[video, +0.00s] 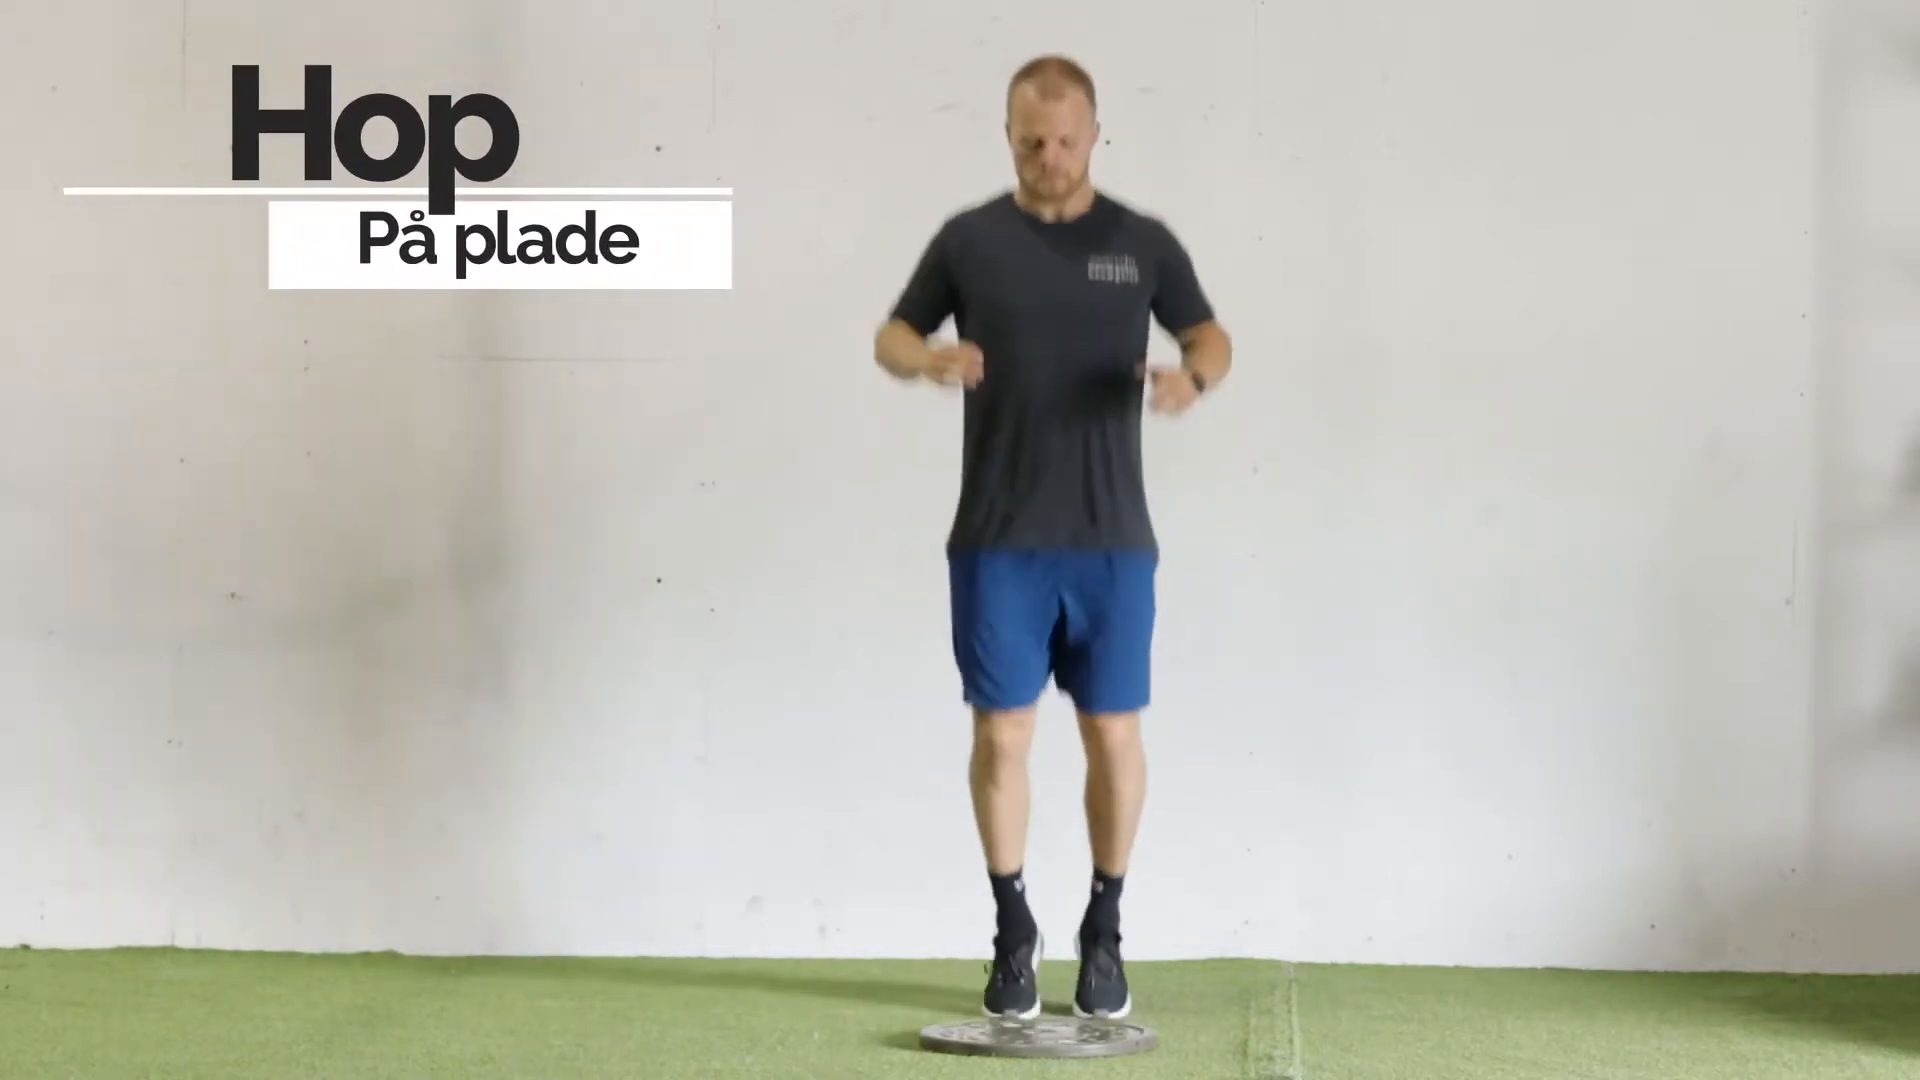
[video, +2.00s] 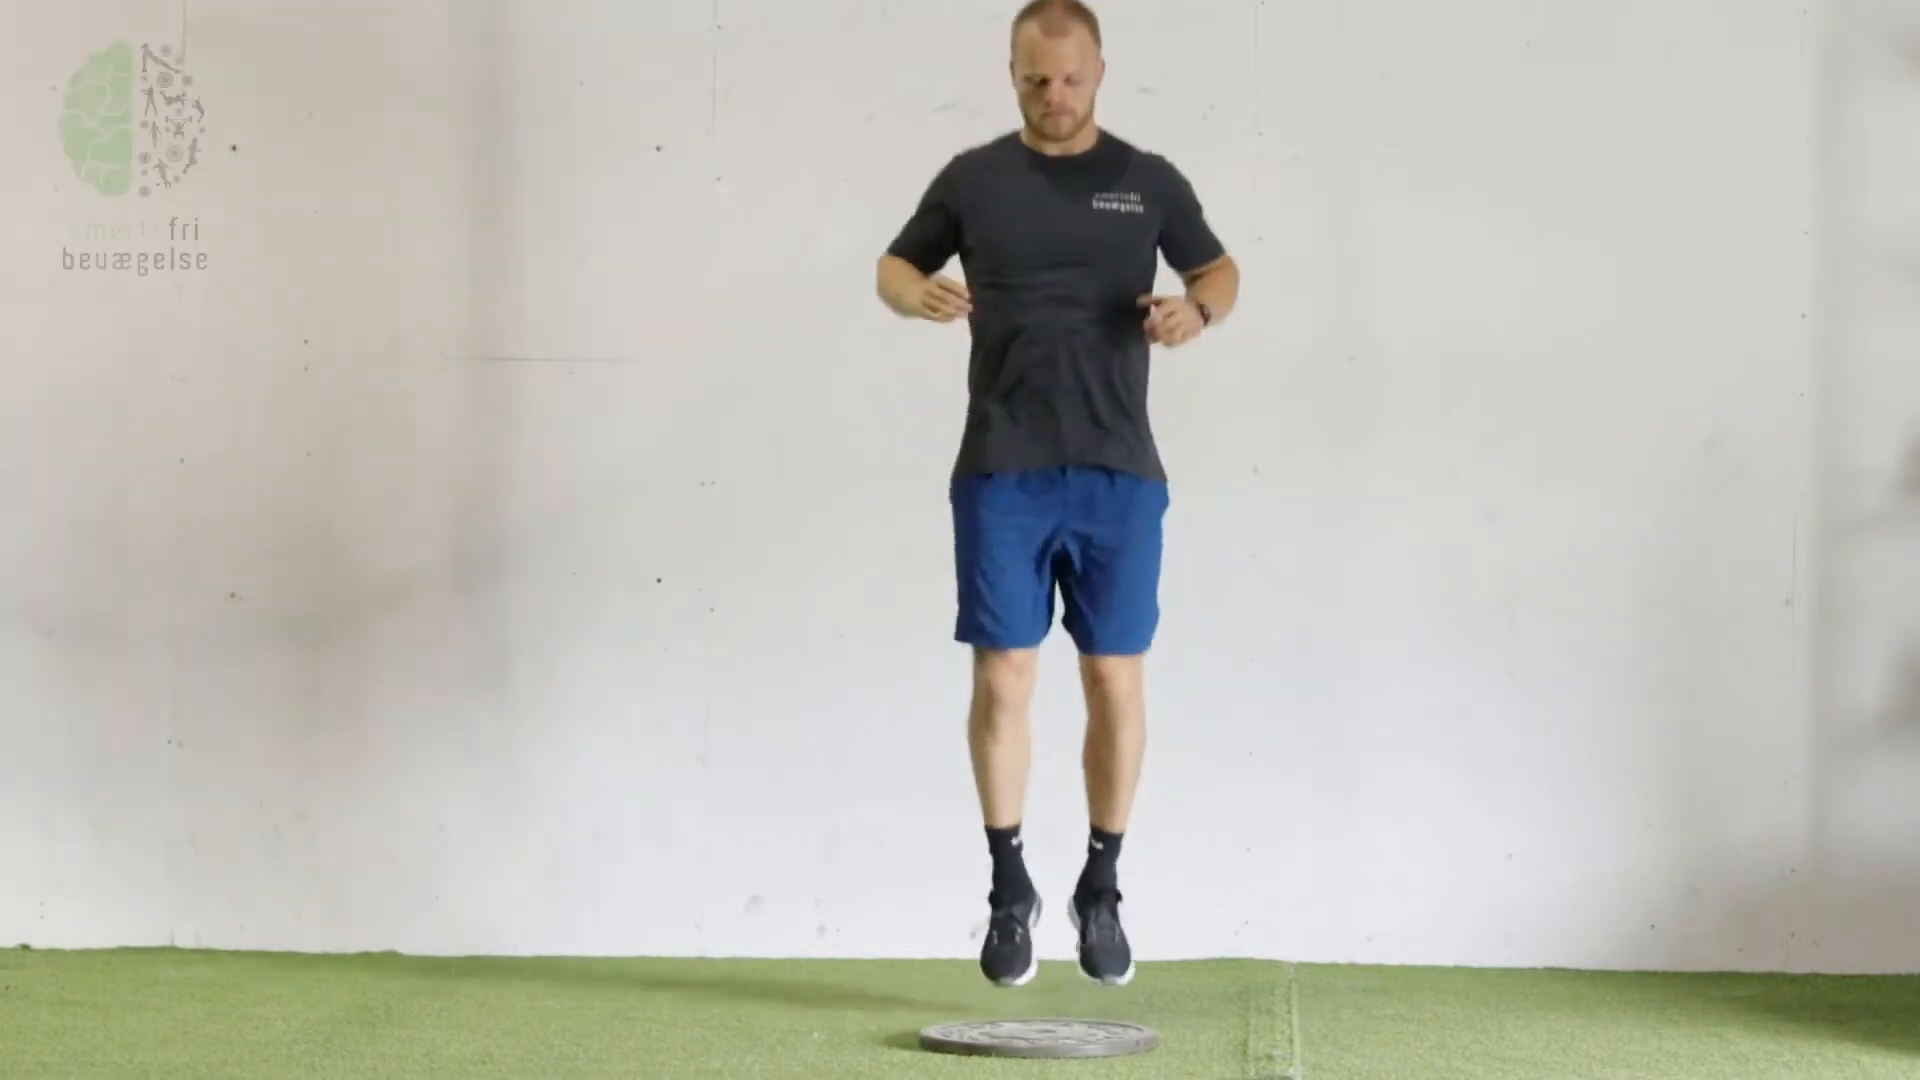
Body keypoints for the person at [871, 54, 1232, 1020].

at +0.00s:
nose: (1047, 157)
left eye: (1063, 140)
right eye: (1032, 141)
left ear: (1094, 136)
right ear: (1010, 140)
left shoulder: (1143, 243)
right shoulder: (967, 241)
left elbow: (1210, 343)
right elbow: (892, 339)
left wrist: (1189, 378)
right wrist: (934, 358)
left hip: (1112, 531)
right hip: (999, 532)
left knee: (1113, 736)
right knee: (1003, 734)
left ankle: (1104, 934)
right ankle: (1012, 933)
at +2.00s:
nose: (1052, 98)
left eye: (1068, 81)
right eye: (1035, 81)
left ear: (1099, 75)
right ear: (1013, 77)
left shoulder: (1148, 180)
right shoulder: (973, 178)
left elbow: (1218, 272)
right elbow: (895, 269)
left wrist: (1198, 308)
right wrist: (921, 293)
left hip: (1118, 469)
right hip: (1003, 468)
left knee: (1114, 681)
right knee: (1003, 677)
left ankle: (1102, 886)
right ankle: (1009, 890)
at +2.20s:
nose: (1050, 128)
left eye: (1066, 110)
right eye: (1033, 111)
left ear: (1096, 106)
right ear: (1011, 110)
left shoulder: (1147, 217)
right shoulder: (965, 212)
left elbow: (1209, 318)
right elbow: (905, 313)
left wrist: (1197, 372)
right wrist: (927, 379)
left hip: (1108, 500)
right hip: (996, 497)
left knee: (1098, 714)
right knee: (998, 715)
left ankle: (1081, 946)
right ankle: (1000, 944)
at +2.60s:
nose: (1043, 105)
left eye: (1059, 86)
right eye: (1025, 87)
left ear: (1089, 76)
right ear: (1002, 82)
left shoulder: (1143, 186)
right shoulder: (962, 183)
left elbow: (1211, 279)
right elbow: (904, 280)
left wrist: (1184, 357)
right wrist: (925, 365)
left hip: (1112, 476)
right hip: (997, 475)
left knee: (1109, 686)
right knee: (997, 683)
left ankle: (1096, 900)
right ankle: (996, 896)